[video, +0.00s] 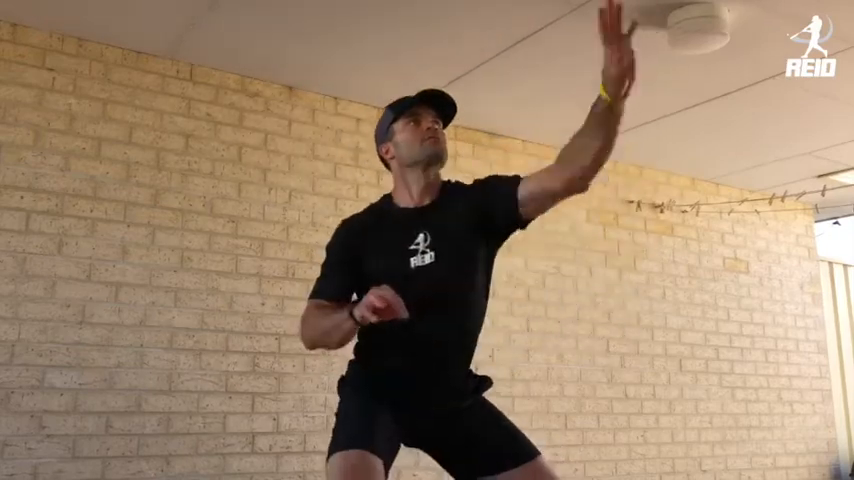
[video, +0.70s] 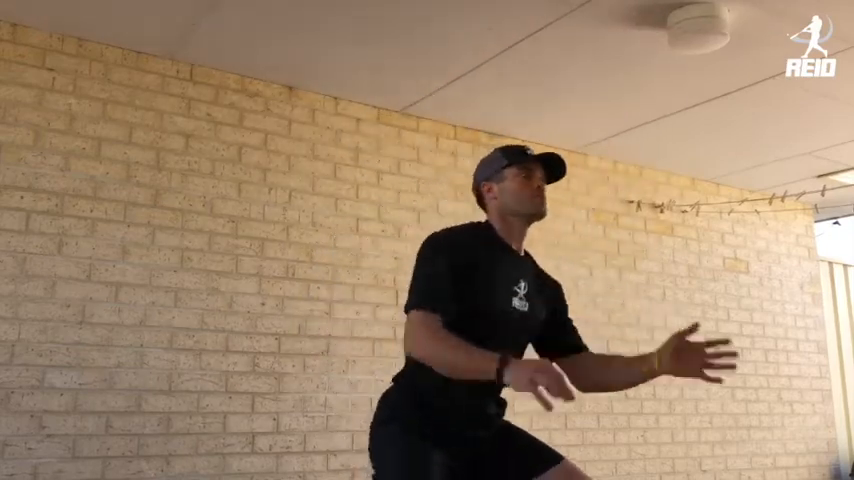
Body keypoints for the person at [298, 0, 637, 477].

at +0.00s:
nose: (432, 124)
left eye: (437, 120)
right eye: (413, 120)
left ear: (446, 142)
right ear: (386, 150)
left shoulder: (480, 205)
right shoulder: (357, 233)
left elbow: (569, 175)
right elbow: (313, 331)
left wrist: (612, 95)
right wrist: (354, 315)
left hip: (452, 395)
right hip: (375, 393)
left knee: (540, 476)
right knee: (354, 473)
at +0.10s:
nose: (438, 129)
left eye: (443, 124)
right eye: (420, 124)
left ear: (451, 143)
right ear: (393, 153)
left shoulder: (489, 216)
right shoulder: (365, 234)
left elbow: (588, 251)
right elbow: (324, 333)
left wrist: (592, 211)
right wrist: (390, 293)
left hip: (456, 398)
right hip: (382, 397)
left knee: (546, 476)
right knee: (366, 475)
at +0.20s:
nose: (444, 142)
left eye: (449, 138)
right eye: (426, 138)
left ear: (458, 156)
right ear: (399, 165)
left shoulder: (493, 232)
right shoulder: (382, 248)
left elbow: (560, 304)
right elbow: (368, 348)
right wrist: (437, 278)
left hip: (466, 407)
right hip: (395, 405)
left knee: (554, 475)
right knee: (385, 473)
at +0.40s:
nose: (480, 194)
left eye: (481, 188)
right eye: (461, 190)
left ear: (490, 202)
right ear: (432, 218)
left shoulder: (491, 285)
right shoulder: (433, 282)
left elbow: (511, 341)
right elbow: (504, 287)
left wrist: (558, 357)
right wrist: (571, 187)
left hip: (475, 448)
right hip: (413, 452)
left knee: (564, 477)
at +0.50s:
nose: (493, 192)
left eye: (495, 186)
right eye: (476, 187)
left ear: (501, 199)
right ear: (445, 213)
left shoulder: (503, 284)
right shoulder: (435, 274)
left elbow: (519, 355)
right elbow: (490, 311)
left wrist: (560, 360)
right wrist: (557, 220)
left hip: (477, 449)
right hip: (414, 451)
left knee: (565, 478)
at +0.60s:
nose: (511, 184)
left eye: (512, 178)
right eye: (494, 176)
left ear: (517, 191)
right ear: (461, 198)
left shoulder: (521, 286)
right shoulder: (437, 261)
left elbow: (553, 369)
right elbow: (443, 347)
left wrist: (593, 344)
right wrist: (543, 313)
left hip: (482, 439)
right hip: (414, 438)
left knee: (568, 477)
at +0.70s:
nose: (541, 183)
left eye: (542, 177)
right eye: (525, 175)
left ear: (545, 191)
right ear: (488, 191)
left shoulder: (542, 289)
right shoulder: (446, 247)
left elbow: (578, 369)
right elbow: (420, 339)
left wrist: (658, 362)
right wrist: (505, 368)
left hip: (482, 427)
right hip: (415, 419)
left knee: (569, 476)